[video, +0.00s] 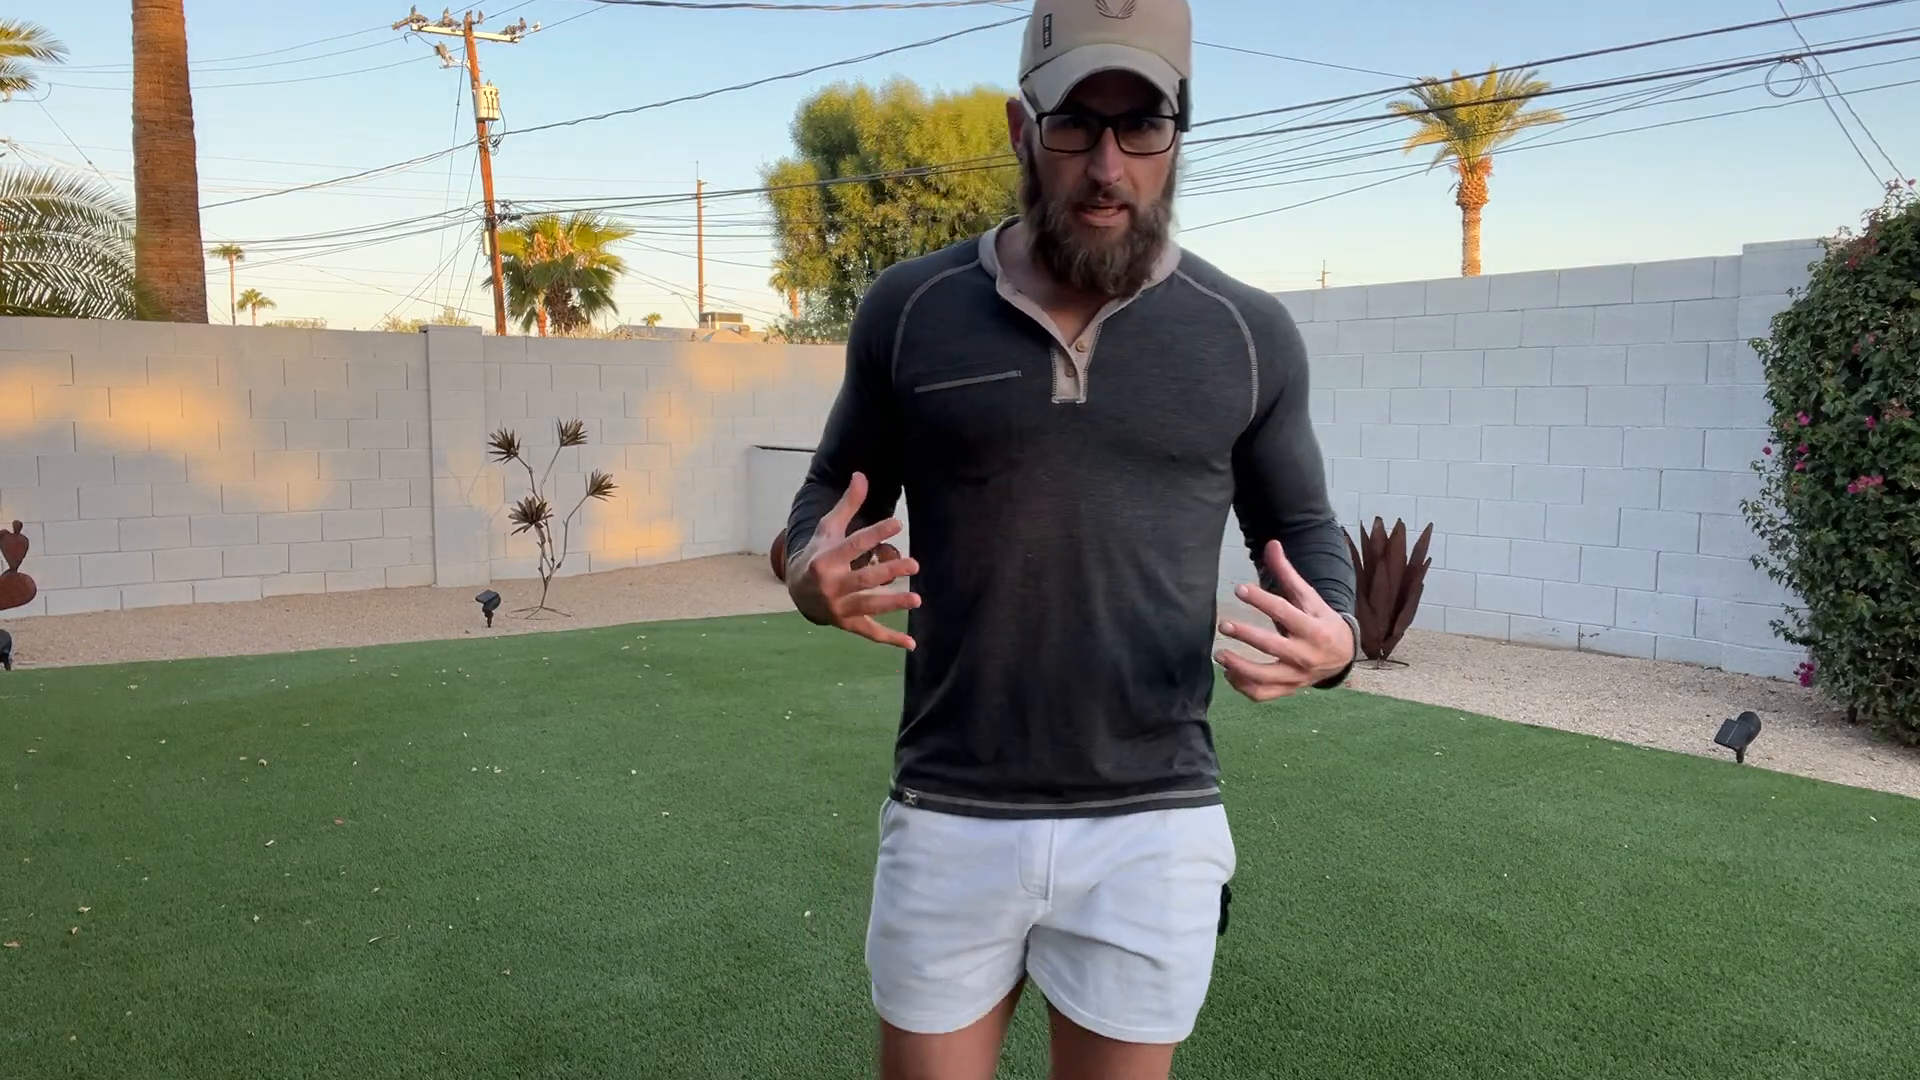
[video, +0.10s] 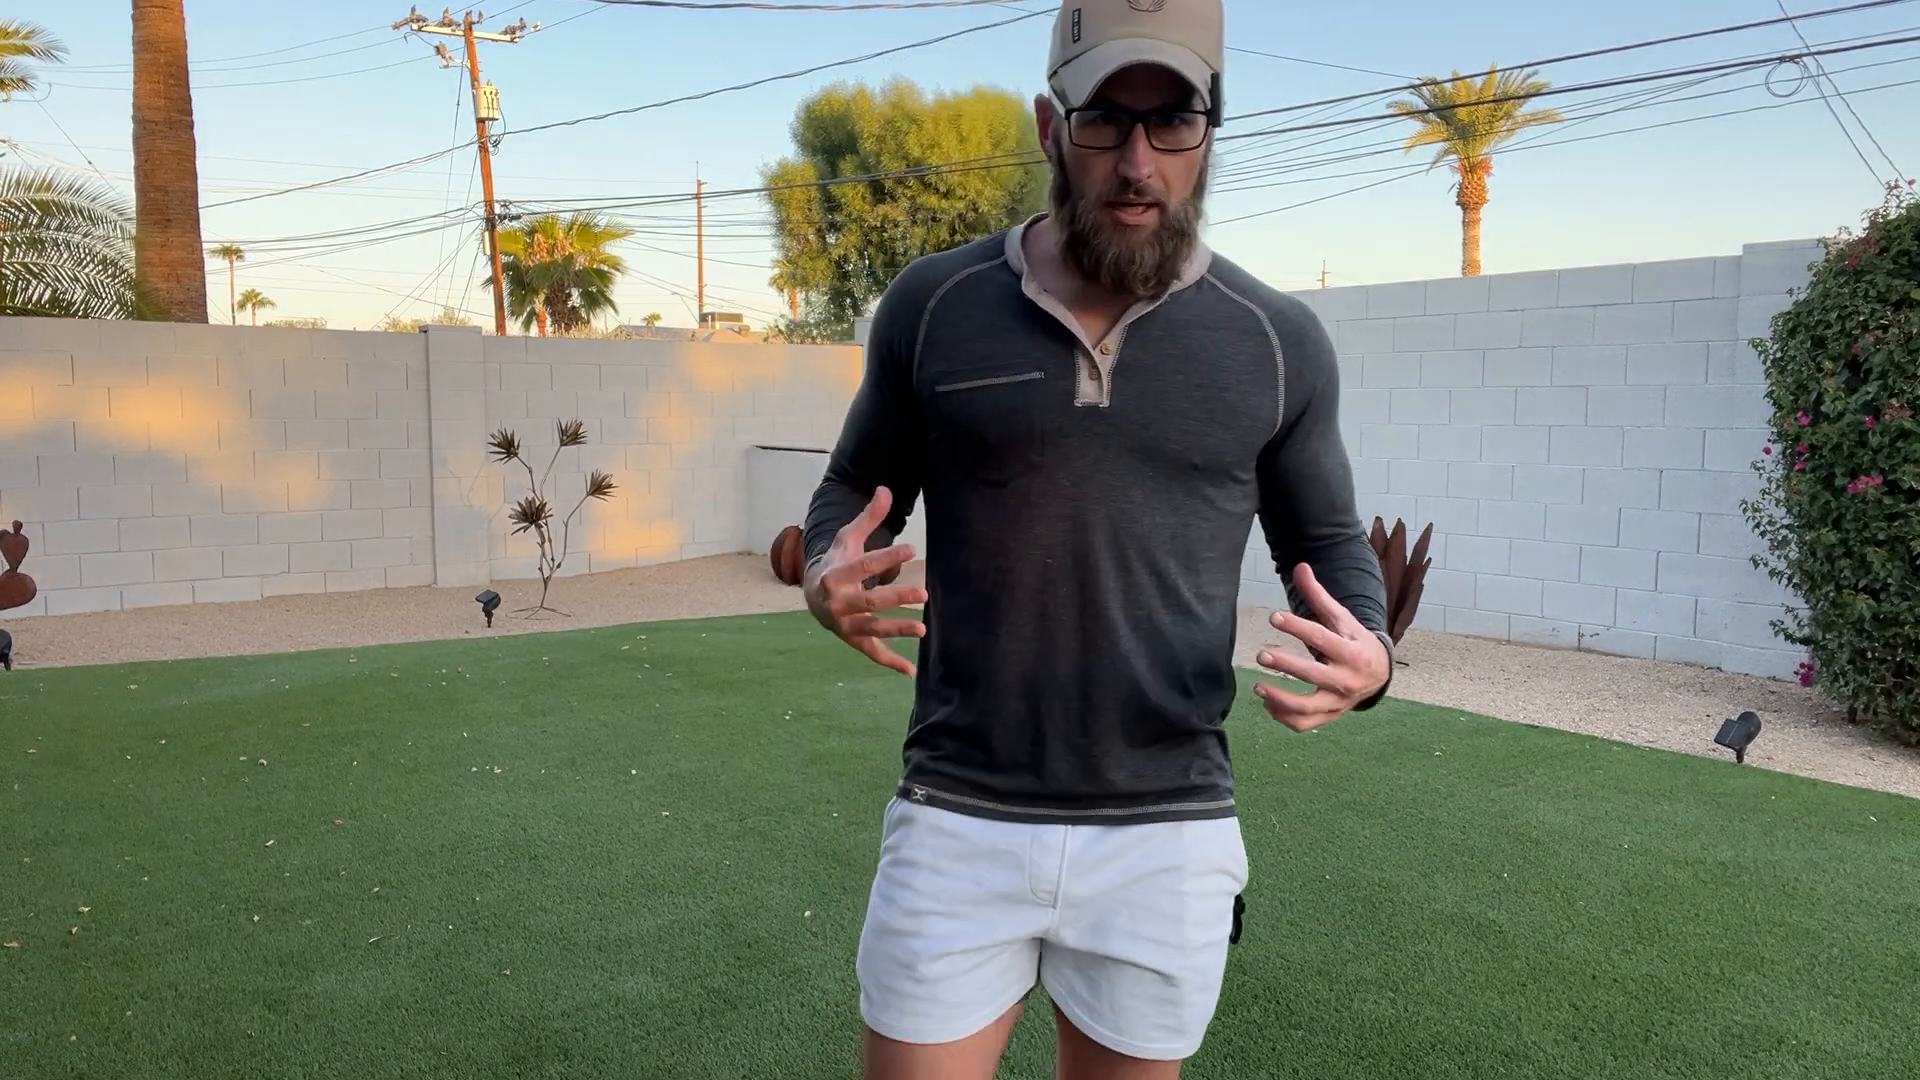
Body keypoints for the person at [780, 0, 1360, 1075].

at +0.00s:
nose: (1107, 164)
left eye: (1139, 130)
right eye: (1075, 128)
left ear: (1176, 144)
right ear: (1025, 134)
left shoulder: (1251, 336)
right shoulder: (911, 311)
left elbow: (1301, 536)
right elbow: (836, 490)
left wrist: (1332, 640)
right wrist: (807, 572)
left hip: (1155, 821)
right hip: (951, 814)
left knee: (1125, 1063)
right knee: (928, 1062)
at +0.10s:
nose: (1137, 161)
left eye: (1169, 127)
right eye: (1105, 123)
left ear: (1208, 141)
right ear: (1054, 128)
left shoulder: (1279, 344)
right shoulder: (931, 310)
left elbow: (1331, 552)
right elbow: (854, 485)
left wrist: (1365, 660)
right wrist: (831, 577)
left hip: (1167, 830)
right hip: (959, 819)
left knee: (1135, 1068)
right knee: (912, 1062)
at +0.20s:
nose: (1159, 155)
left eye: (1192, 121)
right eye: (1128, 117)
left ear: (1231, 135)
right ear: (1073, 119)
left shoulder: (1299, 342)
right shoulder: (948, 301)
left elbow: (1346, 552)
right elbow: (871, 485)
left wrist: (1384, 661)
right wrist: (853, 572)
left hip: (1174, 837)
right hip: (962, 820)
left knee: (1134, 1067)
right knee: (908, 1060)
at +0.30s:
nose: (1174, 152)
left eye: (1209, 115)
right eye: (1140, 112)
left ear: (1248, 132)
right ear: (1087, 119)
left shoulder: (1313, 351)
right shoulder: (957, 302)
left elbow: (1363, 564)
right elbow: (878, 482)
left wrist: (1376, 668)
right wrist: (871, 574)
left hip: (1177, 841)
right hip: (965, 819)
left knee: (1128, 1069)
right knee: (912, 1062)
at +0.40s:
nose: (1183, 158)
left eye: (1218, 122)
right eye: (1150, 119)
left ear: (1257, 136)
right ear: (1094, 121)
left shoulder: (1321, 363)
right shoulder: (963, 305)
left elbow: (1372, 583)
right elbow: (874, 498)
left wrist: (1353, 679)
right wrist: (895, 587)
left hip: (1177, 847)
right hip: (966, 822)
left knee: (1129, 1065)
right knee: (931, 1060)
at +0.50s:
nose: (1184, 152)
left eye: (1219, 119)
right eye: (1151, 113)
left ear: (1257, 136)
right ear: (1096, 120)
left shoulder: (1322, 363)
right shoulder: (964, 302)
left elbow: (1366, 602)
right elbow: (868, 506)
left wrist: (1303, 672)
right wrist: (939, 578)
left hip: (1177, 846)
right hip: (966, 823)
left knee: (1130, 1068)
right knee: (940, 1064)